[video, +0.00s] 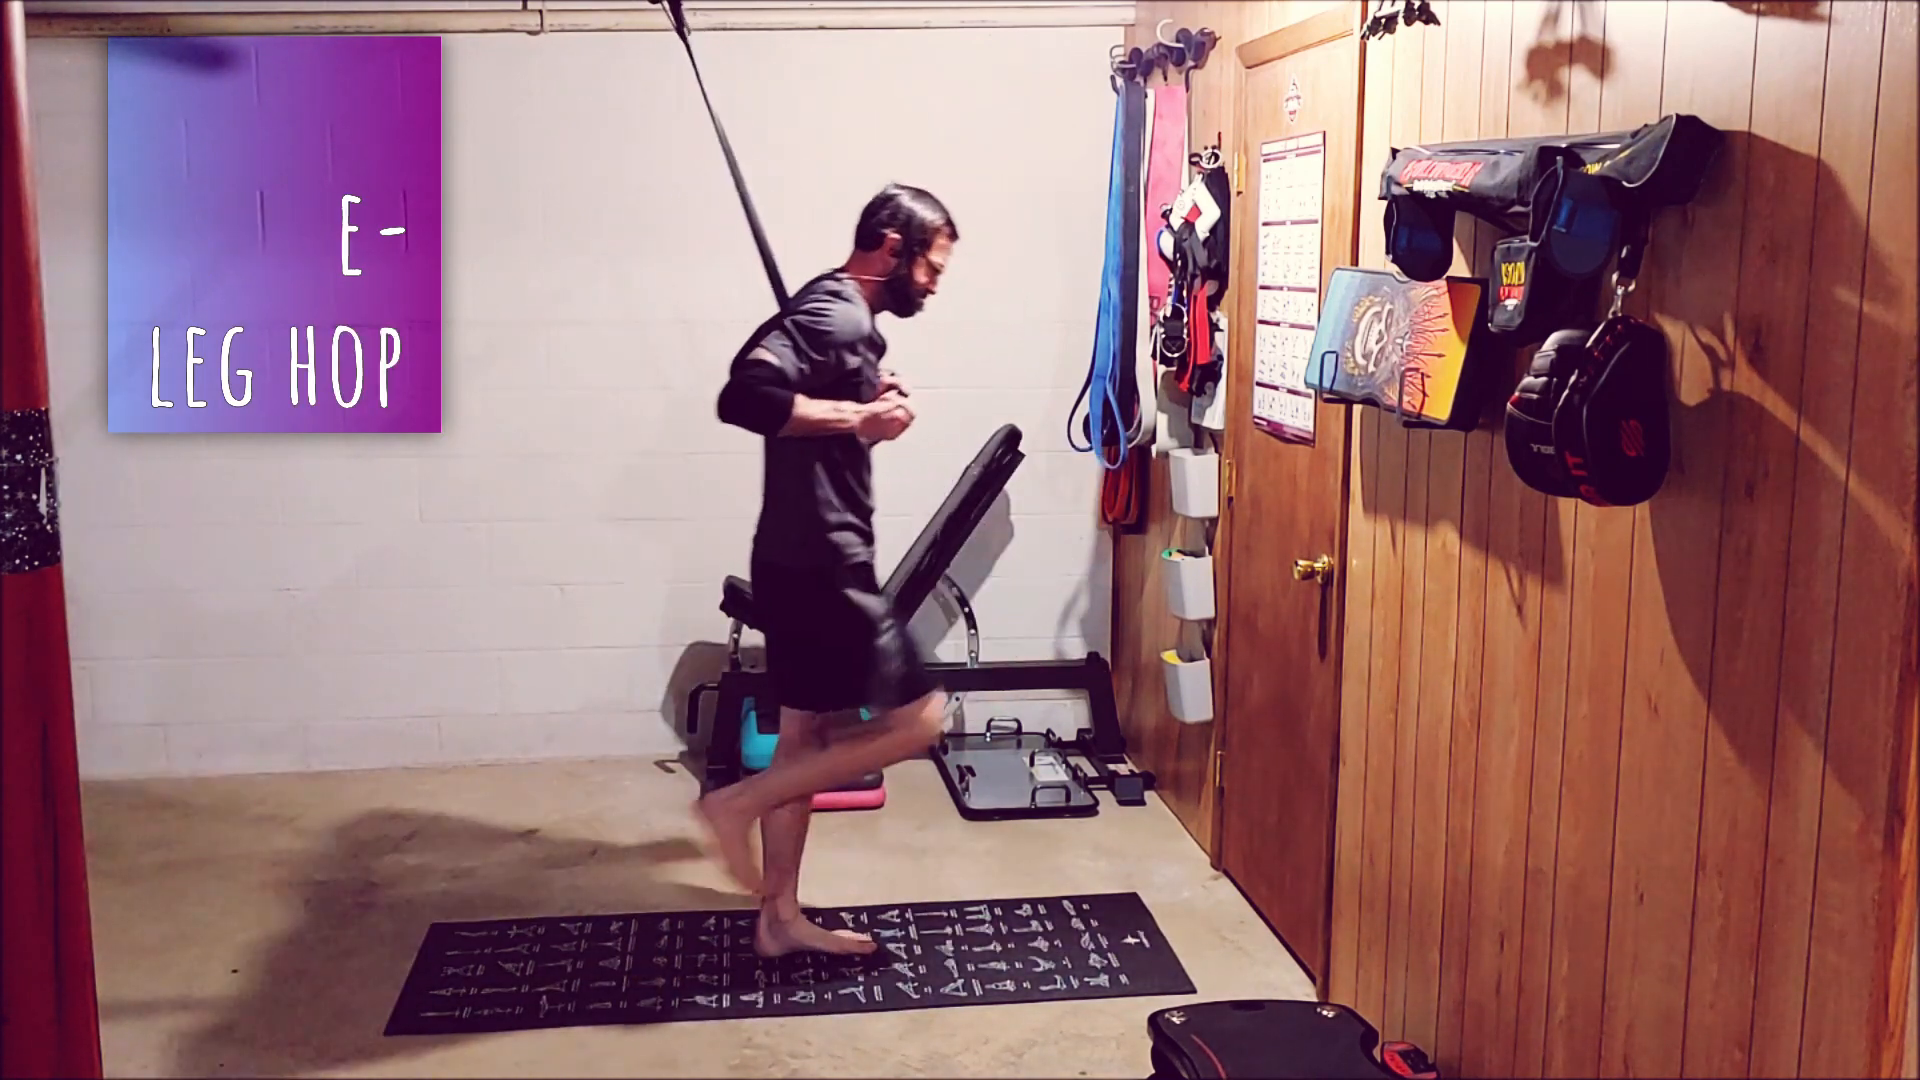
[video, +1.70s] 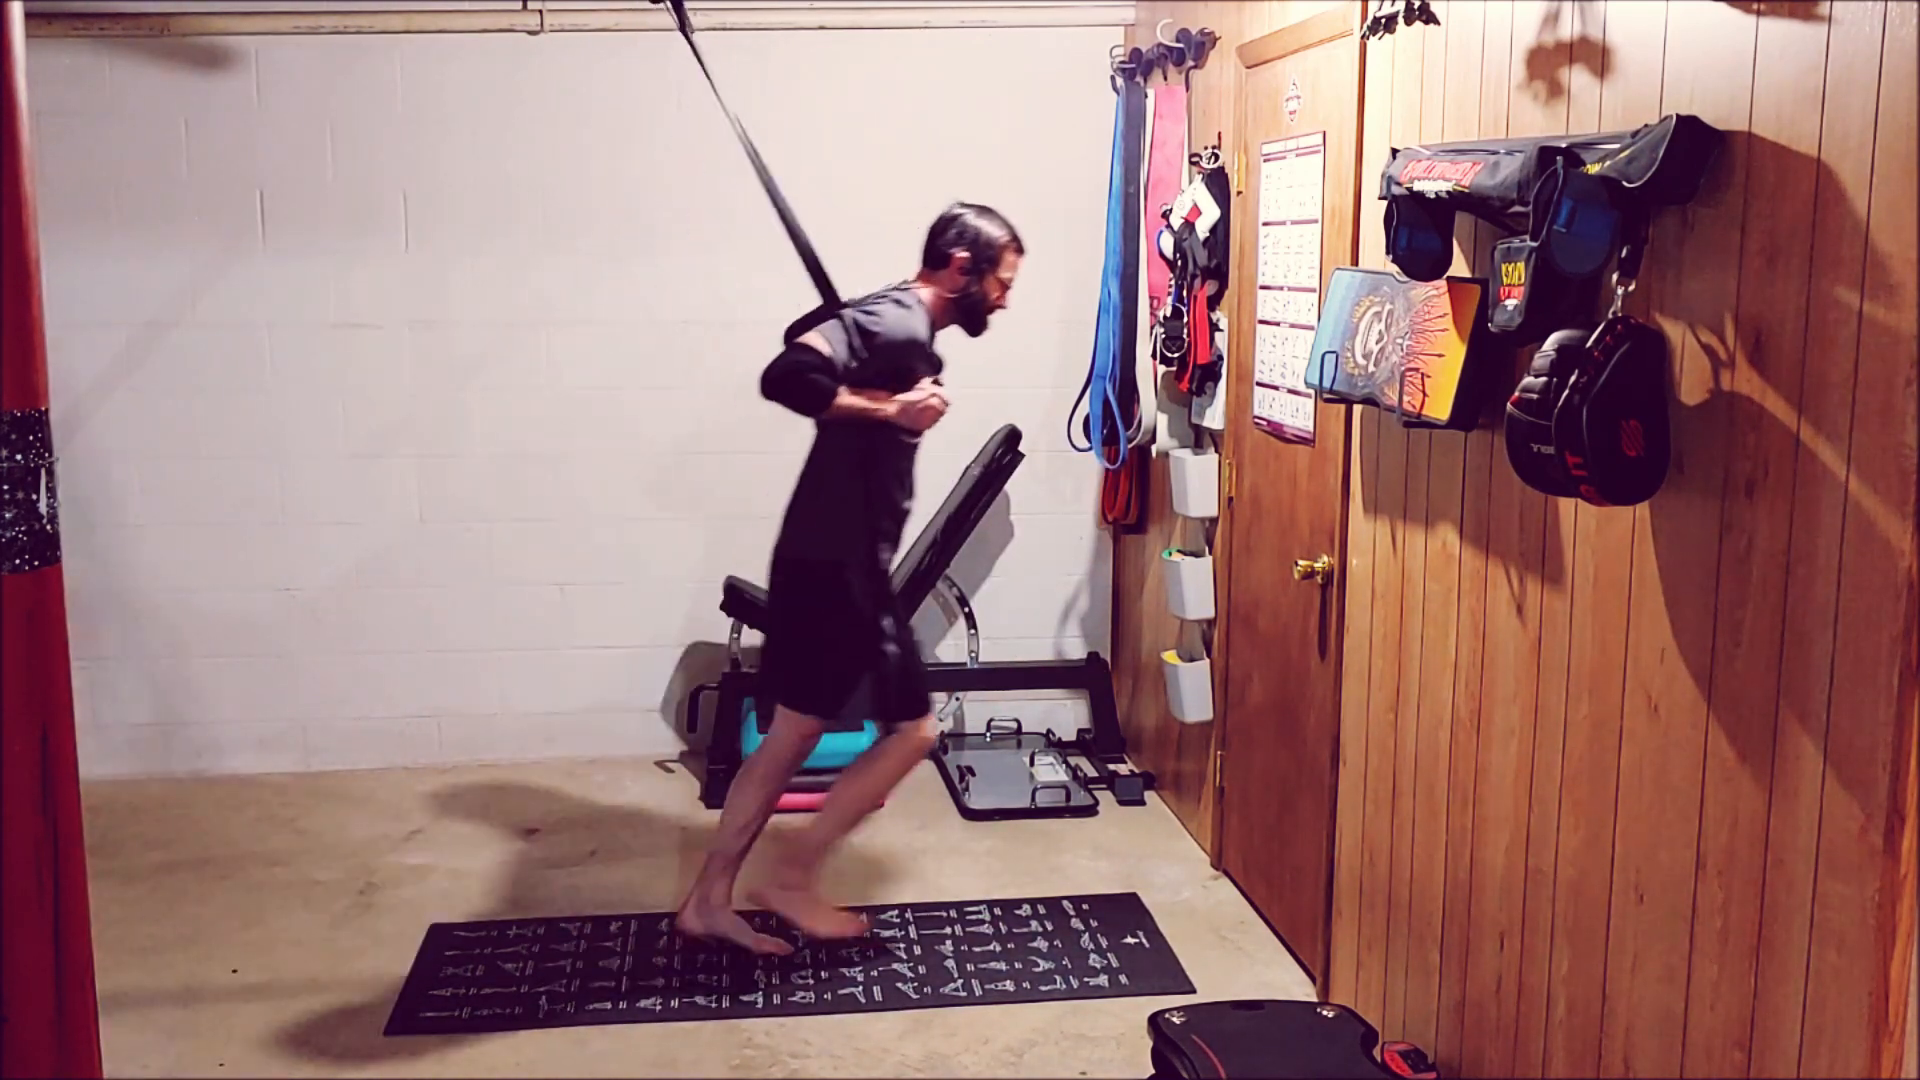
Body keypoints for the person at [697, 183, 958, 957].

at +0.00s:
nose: (936, 283)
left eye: (941, 269)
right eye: (933, 265)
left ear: (887, 251)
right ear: (889, 249)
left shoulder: (852, 316)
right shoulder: (829, 307)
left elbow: (795, 407)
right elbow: (745, 396)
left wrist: (870, 397)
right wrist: (858, 417)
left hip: (819, 553)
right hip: (819, 557)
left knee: (803, 733)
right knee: (920, 717)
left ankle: (780, 917)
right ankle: (735, 805)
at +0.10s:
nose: (910, 282)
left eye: (915, 267)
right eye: (907, 264)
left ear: (860, 249)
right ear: (862, 246)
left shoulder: (825, 316)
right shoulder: (806, 311)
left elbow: (780, 408)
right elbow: (716, 400)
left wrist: (847, 402)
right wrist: (832, 427)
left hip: (798, 559)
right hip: (793, 562)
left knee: (793, 741)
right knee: (840, 745)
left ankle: (780, 921)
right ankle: (665, 845)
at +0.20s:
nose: (885, 282)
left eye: (890, 266)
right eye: (882, 264)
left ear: (835, 248)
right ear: (837, 246)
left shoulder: (798, 320)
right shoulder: (777, 317)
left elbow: (747, 413)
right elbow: (689, 406)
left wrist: (814, 410)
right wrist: (802, 435)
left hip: (785, 564)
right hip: (759, 566)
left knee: (778, 744)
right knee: (761, 753)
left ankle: (780, 916)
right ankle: (611, 889)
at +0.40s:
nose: (835, 287)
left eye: (838, 272)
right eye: (831, 270)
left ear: (787, 256)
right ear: (784, 254)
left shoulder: (753, 329)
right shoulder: (719, 323)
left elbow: (697, 422)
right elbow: (625, 418)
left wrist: (759, 425)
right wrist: (740, 450)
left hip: (732, 577)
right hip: (683, 579)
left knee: (757, 738)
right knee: (663, 753)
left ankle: (778, 919)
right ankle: (565, 922)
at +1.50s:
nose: (940, 303)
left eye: (944, 289)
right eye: (936, 287)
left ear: (891, 277)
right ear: (891, 275)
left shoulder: (847, 343)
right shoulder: (825, 334)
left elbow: (758, 405)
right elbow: (725, 398)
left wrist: (838, 426)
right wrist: (822, 437)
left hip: (786, 572)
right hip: (755, 571)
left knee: (781, 748)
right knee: (761, 758)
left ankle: (703, 915)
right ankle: (606, 889)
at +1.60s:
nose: (974, 301)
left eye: (978, 286)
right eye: (969, 284)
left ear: (920, 274)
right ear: (925, 271)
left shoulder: (875, 335)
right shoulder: (863, 327)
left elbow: (778, 392)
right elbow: (756, 389)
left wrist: (873, 415)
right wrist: (859, 422)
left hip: (805, 574)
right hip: (793, 576)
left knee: (787, 743)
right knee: (849, 747)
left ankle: (704, 909)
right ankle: (691, 863)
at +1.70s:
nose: (1007, 296)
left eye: (1011, 281)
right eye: (1003, 279)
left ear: (951, 266)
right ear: (960, 266)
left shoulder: (899, 314)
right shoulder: (899, 319)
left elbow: (802, 341)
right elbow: (786, 376)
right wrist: (890, 407)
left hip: (826, 554)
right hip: (843, 560)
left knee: (791, 732)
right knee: (912, 730)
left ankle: (708, 901)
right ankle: (791, 879)